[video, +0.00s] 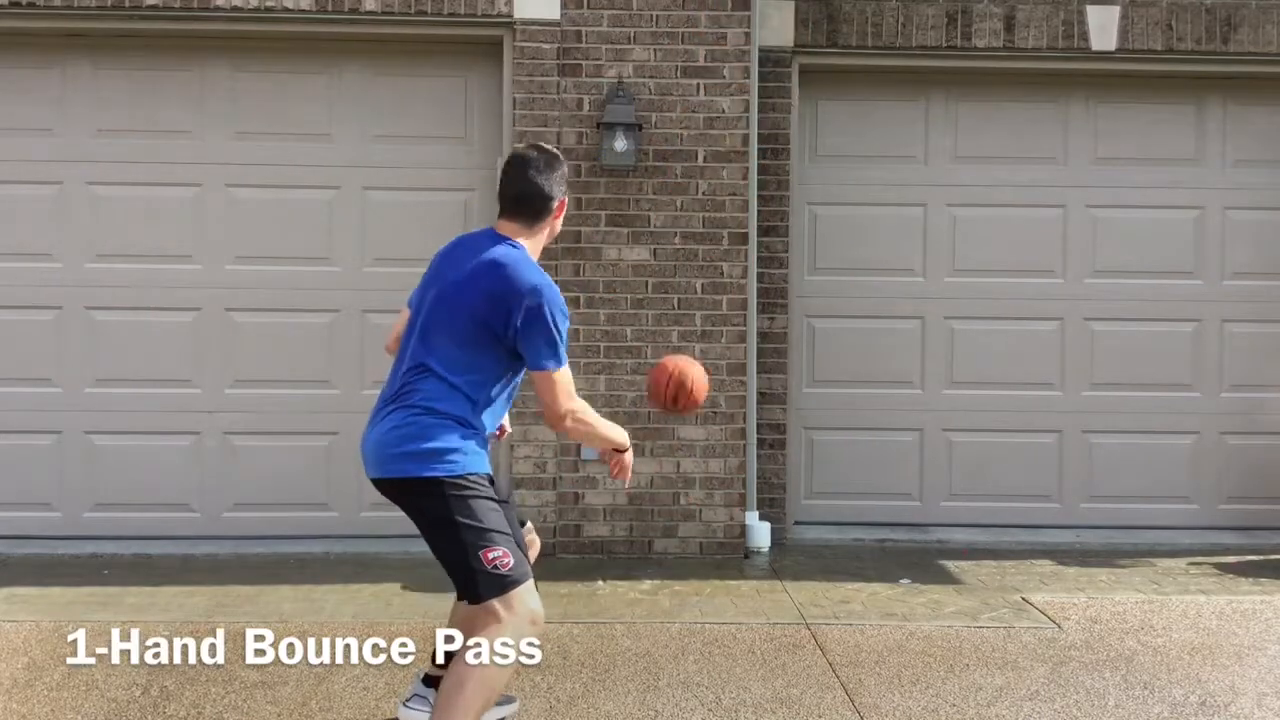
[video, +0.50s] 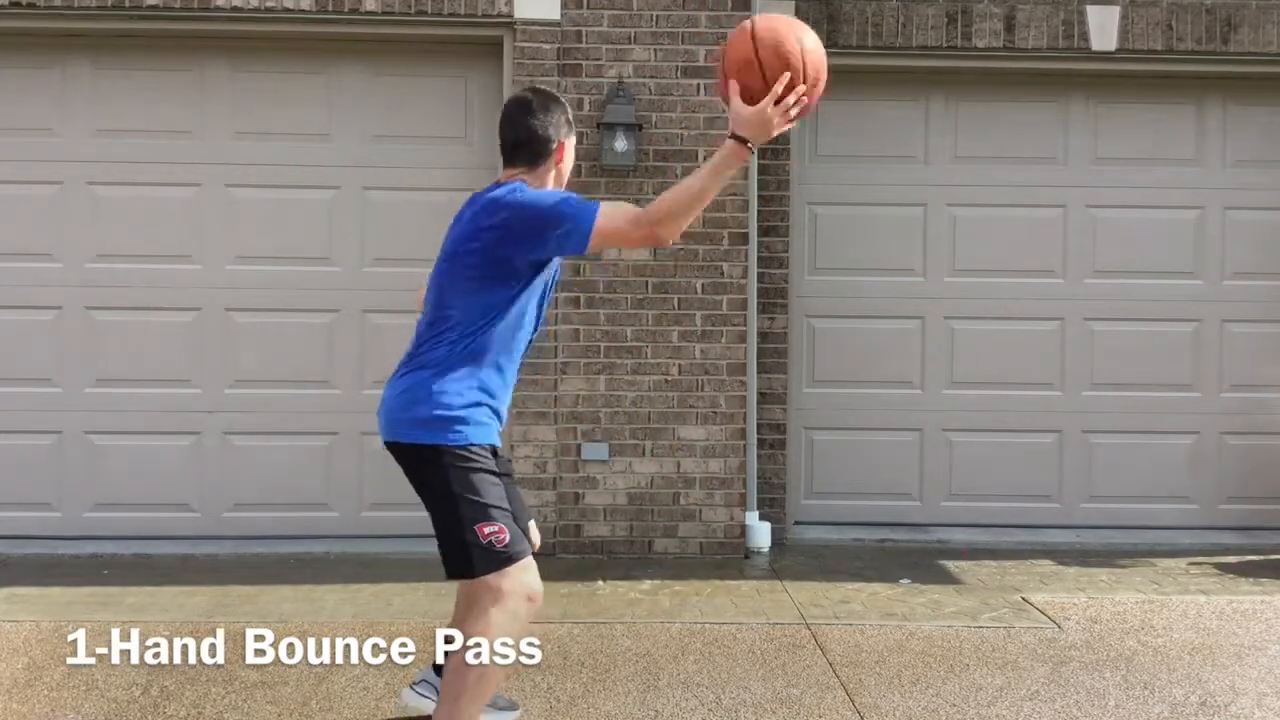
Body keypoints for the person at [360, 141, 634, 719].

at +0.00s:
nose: (566, 215)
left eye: (562, 205)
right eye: (567, 206)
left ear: (502, 198)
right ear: (559, 211)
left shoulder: (455, 252)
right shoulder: (534, 290)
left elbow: (399, 342)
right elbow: (562, 412)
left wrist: (478, 400)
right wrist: (617, 439)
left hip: (392, 443)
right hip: (437, 450)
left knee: (520, 544)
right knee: (518, 616)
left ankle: (436, 686)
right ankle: (452, 712)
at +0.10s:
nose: (563, 199)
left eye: (562, 189)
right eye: (562, 190)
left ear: (494, 190)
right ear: (554, 197)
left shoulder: (455, 246)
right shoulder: (535, 273)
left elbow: (400, 340)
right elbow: (584, 393)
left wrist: (480, 407)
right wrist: (647, 400)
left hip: (401, 438)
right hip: (442, 447)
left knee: (521, 544)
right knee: (518, 616)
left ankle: (441, 685)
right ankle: (453, 710)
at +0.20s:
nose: (561, 184)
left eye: (556, 175)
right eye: (561, 175)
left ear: (494, 180)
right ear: (552, 184)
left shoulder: (459, 237)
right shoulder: (542, 257)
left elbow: (408, 334)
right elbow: (632, 343)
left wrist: (489, 401)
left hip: (405, 433)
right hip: (446, 441)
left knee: (509, 559)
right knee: (527, 609)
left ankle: (437, 688)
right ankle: (460, 713)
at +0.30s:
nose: (566, 168)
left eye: (564, 159)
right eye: (564, 159)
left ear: (495, 166)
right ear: (553, 166)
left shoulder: (468, 221)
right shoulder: (541, 226)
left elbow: (414, 322)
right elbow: (667, 251)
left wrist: (497, 388)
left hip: (415, 424)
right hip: (448, 430)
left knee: (495, 569)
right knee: (530, 602)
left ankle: (445, 680)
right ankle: (461, 714)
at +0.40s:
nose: (567, 156)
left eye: (564, 146)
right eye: (566, 146)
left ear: (499, 149)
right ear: (555, 152)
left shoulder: (477, 208)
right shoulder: (532, 207)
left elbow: (426, 309)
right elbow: (667, 219)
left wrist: (491, 385)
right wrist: (736, 139)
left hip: (433, 416)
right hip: (449, 422)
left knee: (501, 573)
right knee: (521, 594)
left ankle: (447, 679)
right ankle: (463, 709)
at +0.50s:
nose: (574, 156)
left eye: (570, 146)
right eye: (573, 145)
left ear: (506, 147)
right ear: (563, 151)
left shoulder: (487, 207)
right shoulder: (526, 208)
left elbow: (435, 312)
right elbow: (654, 226)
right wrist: (739, 145)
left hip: (443, 414)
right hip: (444, 420)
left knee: (518, 543)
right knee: (516, 594)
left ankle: (447, 676)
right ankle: (457, 711)